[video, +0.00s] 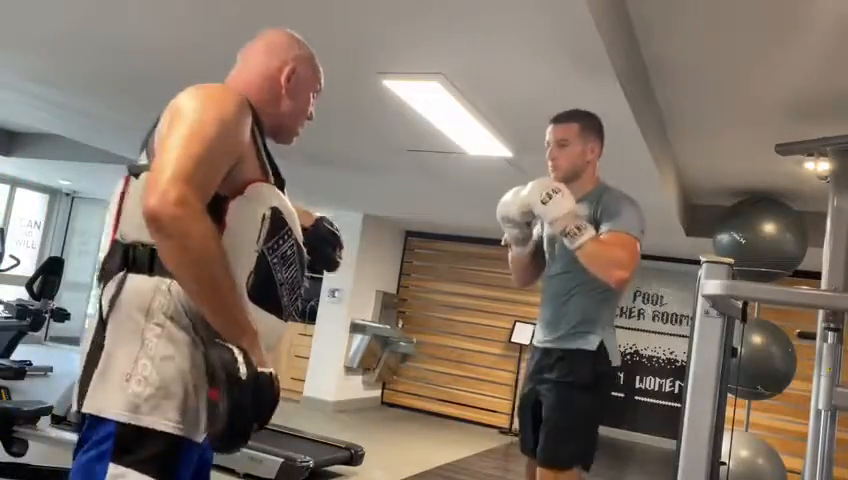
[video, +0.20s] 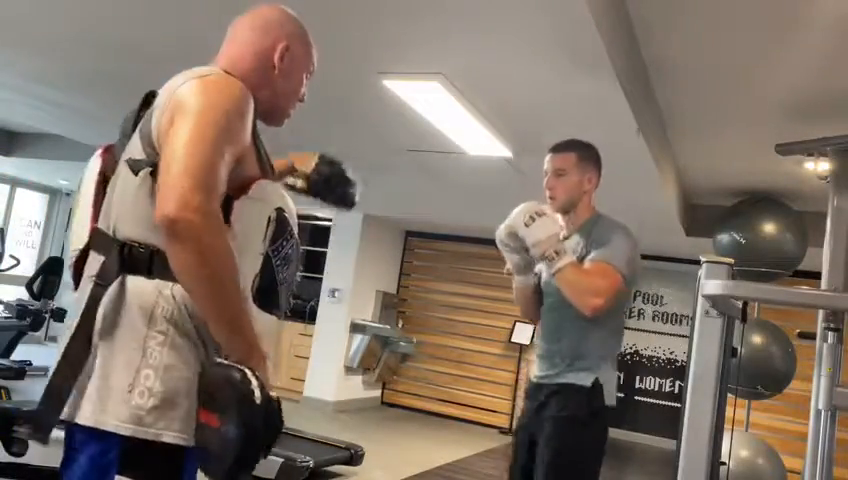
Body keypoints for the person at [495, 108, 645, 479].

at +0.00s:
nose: (550, 155)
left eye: (561, 145)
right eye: (548, 146)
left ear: (592, 152)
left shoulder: (618, 206)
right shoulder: (555, 208)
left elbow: (617, 270)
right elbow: (523, 277)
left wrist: (566, 221)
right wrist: (519, 235)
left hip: (584, 358)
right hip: (545, 354)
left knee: (557, 470)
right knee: (536, 465)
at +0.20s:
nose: (546, 184)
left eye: (559, 174)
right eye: (546, 174)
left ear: (590, 182)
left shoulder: (615, 238)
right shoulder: (555, 239)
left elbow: (593, 299)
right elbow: (532, 314)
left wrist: (552, 251)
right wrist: (521, 267)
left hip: (582, 395)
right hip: (541, 389)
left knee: (558, 473)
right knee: (525, 473)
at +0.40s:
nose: (539, 165)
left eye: (550, 155)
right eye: (538, 156)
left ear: (581, 160)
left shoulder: (609, 211)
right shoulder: (545, 214)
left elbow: (601, 264)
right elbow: (521, 286)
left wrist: (555, 218)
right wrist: (514, 238)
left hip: (576, 366)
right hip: (536, 360)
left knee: (555, 470)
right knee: (515, 459)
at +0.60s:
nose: (528, 191)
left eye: (538, 180)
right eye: (526, 181)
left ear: (566, 184)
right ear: (523, 183)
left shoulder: (593, 234)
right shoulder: (526, 238)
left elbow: (597, 286)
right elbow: (497, 298)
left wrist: (550, 236)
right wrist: (495, 248)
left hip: (562, 379)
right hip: (518, 373)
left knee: (533, 471)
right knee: (504, 467)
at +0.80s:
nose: (519, 182)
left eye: (528, 173)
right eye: (515, 173)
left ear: (554, 173)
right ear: (511, 175)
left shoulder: (584, 221)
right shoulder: (512, 226)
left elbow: (595, 272)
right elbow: (479, 286)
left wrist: (548, 224)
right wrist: (480, 236)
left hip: (554, 365)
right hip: (510, 362)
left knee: (507, 472)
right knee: (501, 470)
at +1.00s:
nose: (503, 188)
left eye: (512, 177)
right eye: (499, 179)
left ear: (539, 177)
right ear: (495, 180)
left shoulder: (572, 228)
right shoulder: (505, 236)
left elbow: (564, 285)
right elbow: (469, 293)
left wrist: (522, 230)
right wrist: (467, 240)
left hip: (539, 376)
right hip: (500, 372)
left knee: (492, 471)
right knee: (489, 470)